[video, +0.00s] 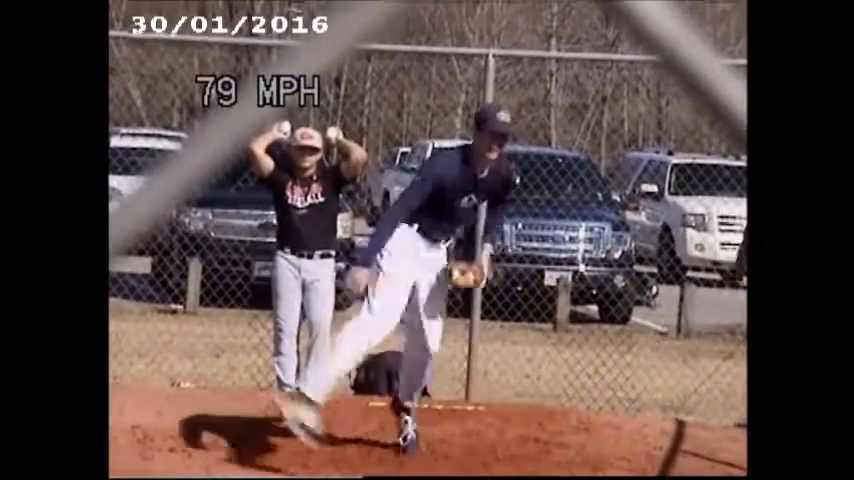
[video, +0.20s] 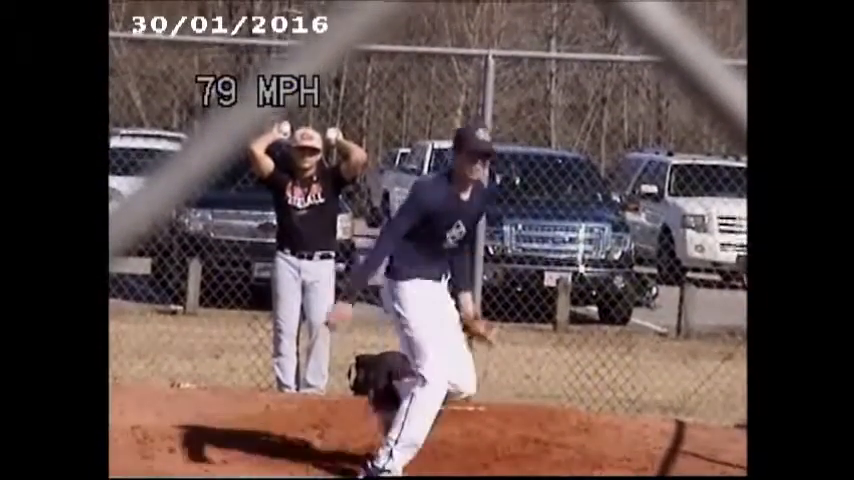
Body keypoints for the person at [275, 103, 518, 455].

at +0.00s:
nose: (497, 144)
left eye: (503, 139)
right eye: (492, 136)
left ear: (507, 141)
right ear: (477, 132)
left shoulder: (504, 175)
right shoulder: (445, 164)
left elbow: (495, 213)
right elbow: (398, 211)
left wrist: (484, 251)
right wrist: (365, 262)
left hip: (439, 249)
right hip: (404, 238)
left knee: (428, 339)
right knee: (380, 319)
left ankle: (406, 405)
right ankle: (309, 395)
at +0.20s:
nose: (481, 164)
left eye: (486, 159)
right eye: (474, 157)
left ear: (490, 162)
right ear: (456, 156)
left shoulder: (481, 195)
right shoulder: (428, 192)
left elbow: (465, 247)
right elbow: (386, 240)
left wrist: (467, 300)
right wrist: (348, 296)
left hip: (438, 284)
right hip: (406, 282)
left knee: (462, 382)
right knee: (431, 374)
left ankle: (389, 376)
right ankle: (386, 465)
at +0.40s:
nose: (487, 120)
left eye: (491, 114)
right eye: (481, 113)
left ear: (493, 118)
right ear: (462, 113)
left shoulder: (484, 156)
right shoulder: (436, 153)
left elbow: (471, 208)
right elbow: (409, 210)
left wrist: (480, 252)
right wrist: (430, 264)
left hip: (451, 251)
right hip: (417, 249)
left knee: (465, 356)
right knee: (427, 352)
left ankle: (435, 447)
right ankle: (388, 448)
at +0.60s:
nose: (489, 138)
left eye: (493, 131)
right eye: (481, 130)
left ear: (496, 134)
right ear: (462, 129)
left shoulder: (485, 174)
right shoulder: (442, 167)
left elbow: (474, 234)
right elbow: (420, 233)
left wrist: (481, 278)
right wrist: (465, 272)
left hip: (462, 281)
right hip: (430, 277)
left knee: (485, 380)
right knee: (436, 376)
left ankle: (454, 468)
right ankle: (399, 468)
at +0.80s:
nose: (502, 107)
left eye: (501, 100)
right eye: (500, 99)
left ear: (472, 100)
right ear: (486, 100)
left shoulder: (462, 139)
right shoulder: (466, 142)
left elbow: (455, 210)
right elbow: (452, 208)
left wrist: (474, 263)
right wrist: (466, 266)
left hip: (447, 254)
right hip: (438, 255)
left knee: (466, 357)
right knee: (433, 360)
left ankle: (452, 456)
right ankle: (404, 458)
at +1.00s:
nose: (496, 120)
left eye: (492, 113)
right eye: (495, 114)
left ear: (457, 116)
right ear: (491, 118)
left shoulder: (436, 156)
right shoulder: (493, 165)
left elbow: (405, 214)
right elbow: (492, 229)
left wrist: (424, 247)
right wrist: (496, 286)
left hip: (421, 261)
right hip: (456, 268)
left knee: (446, 361)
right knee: (433, 364)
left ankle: (443, 452)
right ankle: (400, 459)